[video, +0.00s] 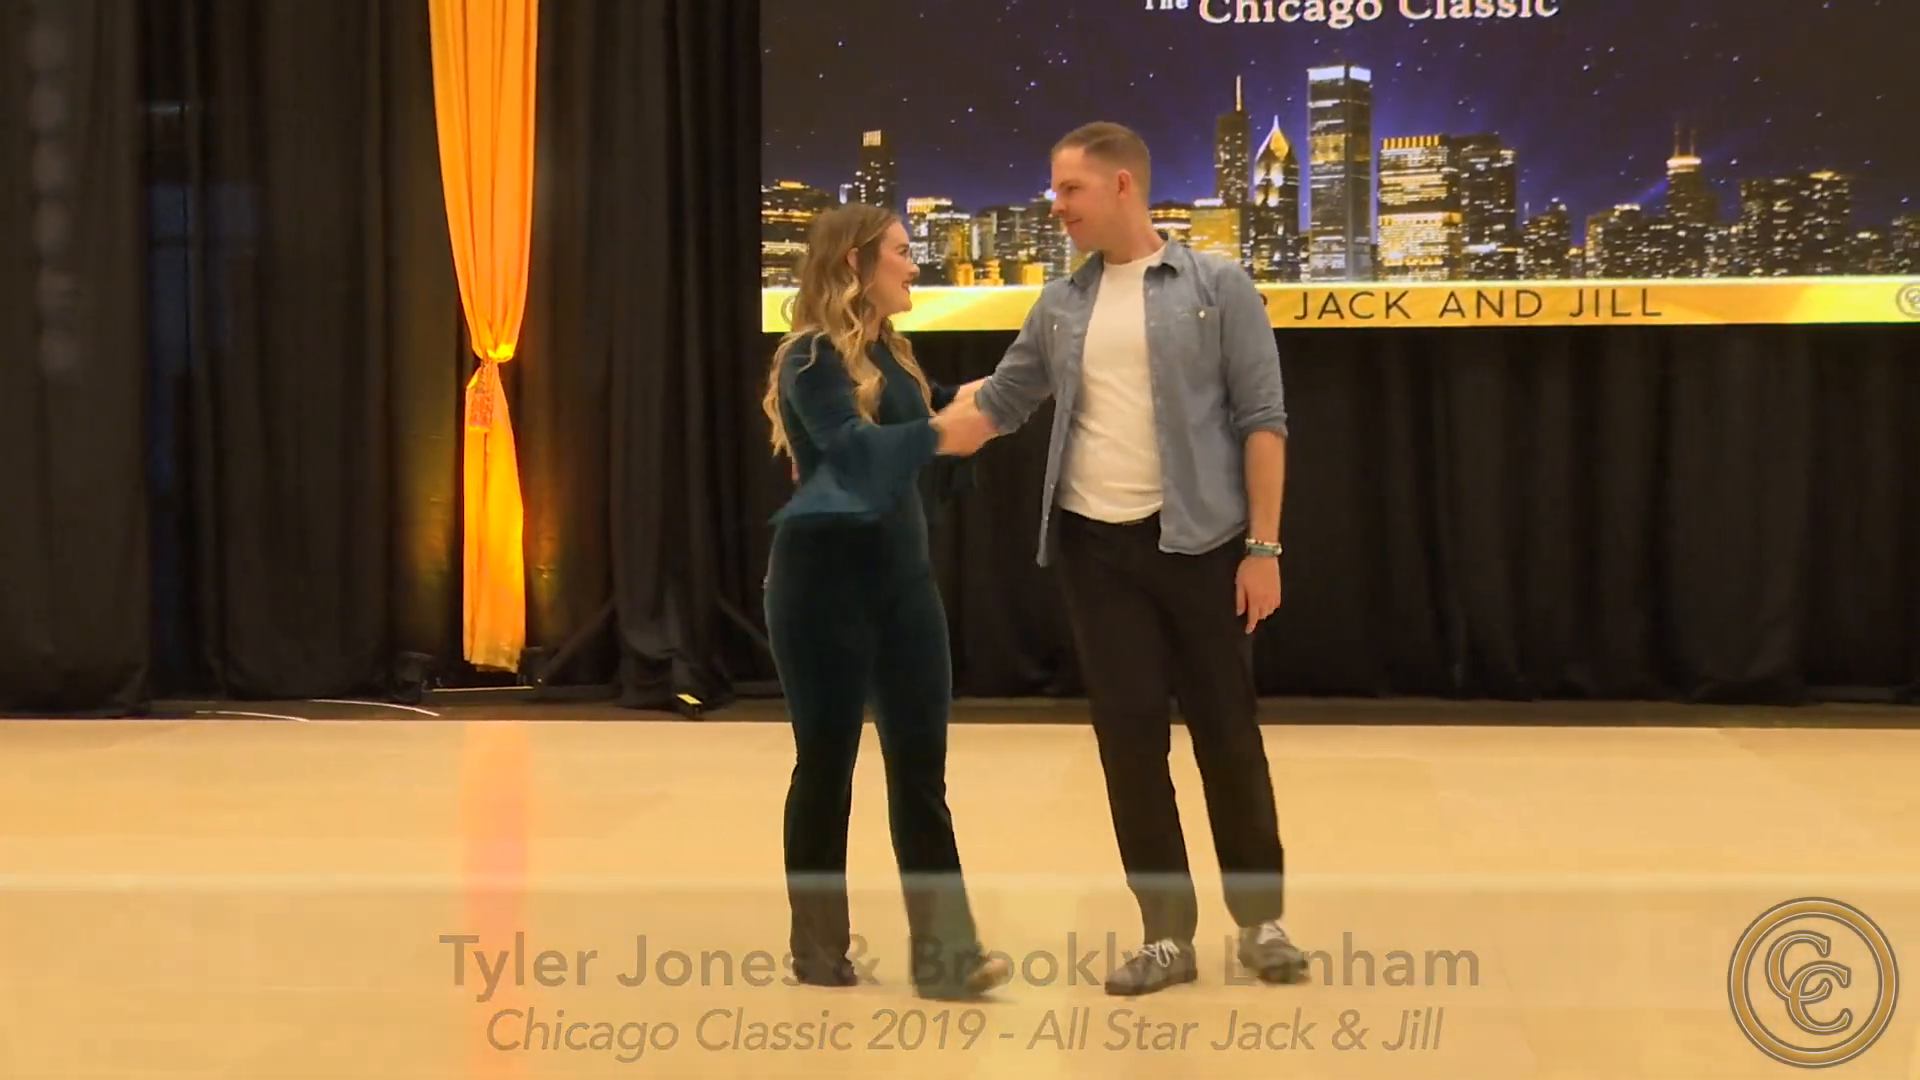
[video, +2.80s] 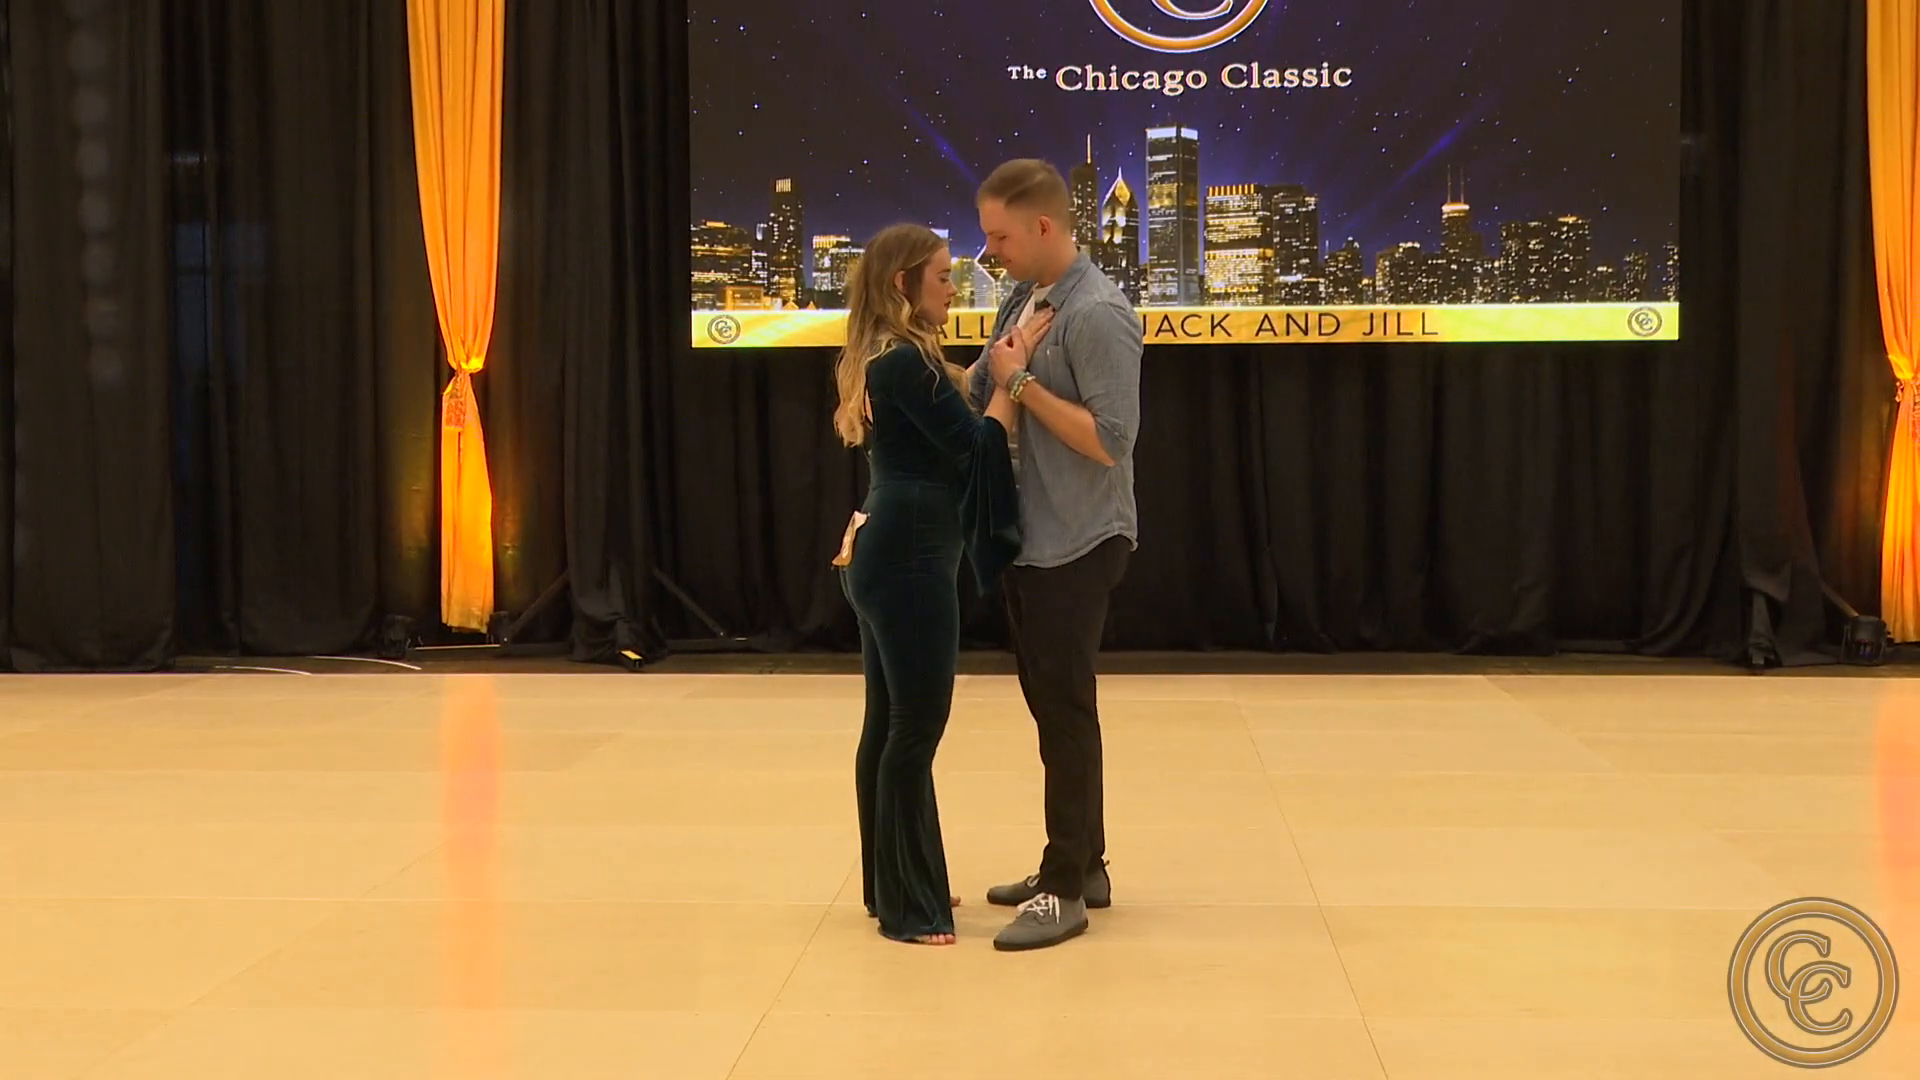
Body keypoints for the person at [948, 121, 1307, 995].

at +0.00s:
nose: (1058, 206)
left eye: (1071, 188)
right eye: (1055, 191)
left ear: (1126, 187)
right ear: (1085, 196)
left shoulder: (1219, 286)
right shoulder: (1063, 299)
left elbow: (1262, 418)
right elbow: (998, 399)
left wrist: (1263, 546)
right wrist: (894, 433)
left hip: (1200, 541)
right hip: (1093, 544)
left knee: (1228, 735)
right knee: (1129, 745)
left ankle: (1260, 923)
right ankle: (1168, 937)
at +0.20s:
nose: (1044, 199)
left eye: (1058, 183)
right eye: (1042, 185)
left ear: (1112, 182)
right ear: (1075, 189)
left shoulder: (1199, 282)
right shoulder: (1045, 300)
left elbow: (1237, 419)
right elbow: (1006, 413)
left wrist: (1251, 548)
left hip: (1181, 536)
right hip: (1075, 541)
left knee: (1215, 723)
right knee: (1106, 737)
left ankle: (1263, 920)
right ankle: (1142, 924)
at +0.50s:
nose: (1026, 201)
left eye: (1039, 185)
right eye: (1026, 187)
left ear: (1095, 189)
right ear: (1071, 193)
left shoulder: (1163, 287)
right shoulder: (1053, 299)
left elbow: (1204, 421)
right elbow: (1021, 423)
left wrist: (1160, 538)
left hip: (1127, 553)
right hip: (1048, 551)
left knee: (1137, 747)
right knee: (1077, 743)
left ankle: (1171, 954)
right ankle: (1112, 917)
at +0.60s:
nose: (1025, 202)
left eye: (1038, 185)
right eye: (1027, 187)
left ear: (1091, 189)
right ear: (1071, 190)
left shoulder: (1154, 282)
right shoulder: (1058, 293)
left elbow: (1183, 416)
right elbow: (1029, 417)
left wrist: (1107, 509)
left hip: (1125, 549)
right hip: (1054, 547)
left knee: (1123, 743)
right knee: (1074, 739)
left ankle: (1157, 963)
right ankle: (1113, 912)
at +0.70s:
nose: (1026, 201)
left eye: (1037, 184)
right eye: (1028, 185)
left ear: (1087, 187)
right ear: (1082, 187)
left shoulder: (1142, 276)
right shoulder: (1069, 294)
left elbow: (1157, 405)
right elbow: (1044, 419)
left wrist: (1043, 459)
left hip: (1121, 540)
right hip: (1063, 541)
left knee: (1106, 734)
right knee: (1066, 729)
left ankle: (1144, 961)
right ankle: (1106, 909)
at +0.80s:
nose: (1025, 196)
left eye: (1035, 179)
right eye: (1028, 180)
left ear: (1080, 180)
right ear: (1080, 182)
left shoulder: (1133, 273)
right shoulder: (1081, 288)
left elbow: (1132, 397)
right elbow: (1046, 402)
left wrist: (997, 405)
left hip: (1112, 539)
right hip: (1063, 540)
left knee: (1095, 727)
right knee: (1044, 717)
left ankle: (1135, 953)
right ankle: (1100, 907)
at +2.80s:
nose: (992, 253)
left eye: (999, 238)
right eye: (988, 240)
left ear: (1045, 225)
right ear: (1034, 231)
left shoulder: (1098, 312)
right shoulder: (1027, 306)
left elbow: (1108, 444)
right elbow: (980, 404)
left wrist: (1020, 381)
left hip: (1079, 539)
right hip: (1035, 533)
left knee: (1067, 711)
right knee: (1053, 707)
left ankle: (1069, 890)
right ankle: (1077, 864)